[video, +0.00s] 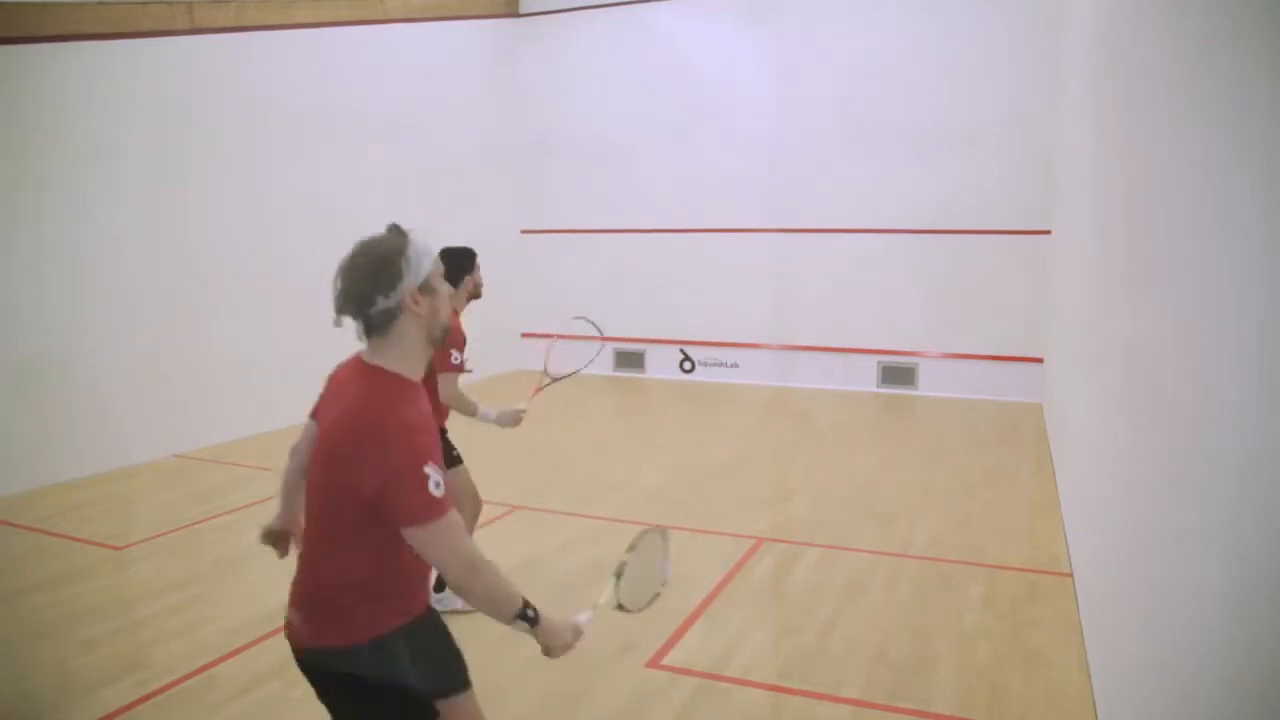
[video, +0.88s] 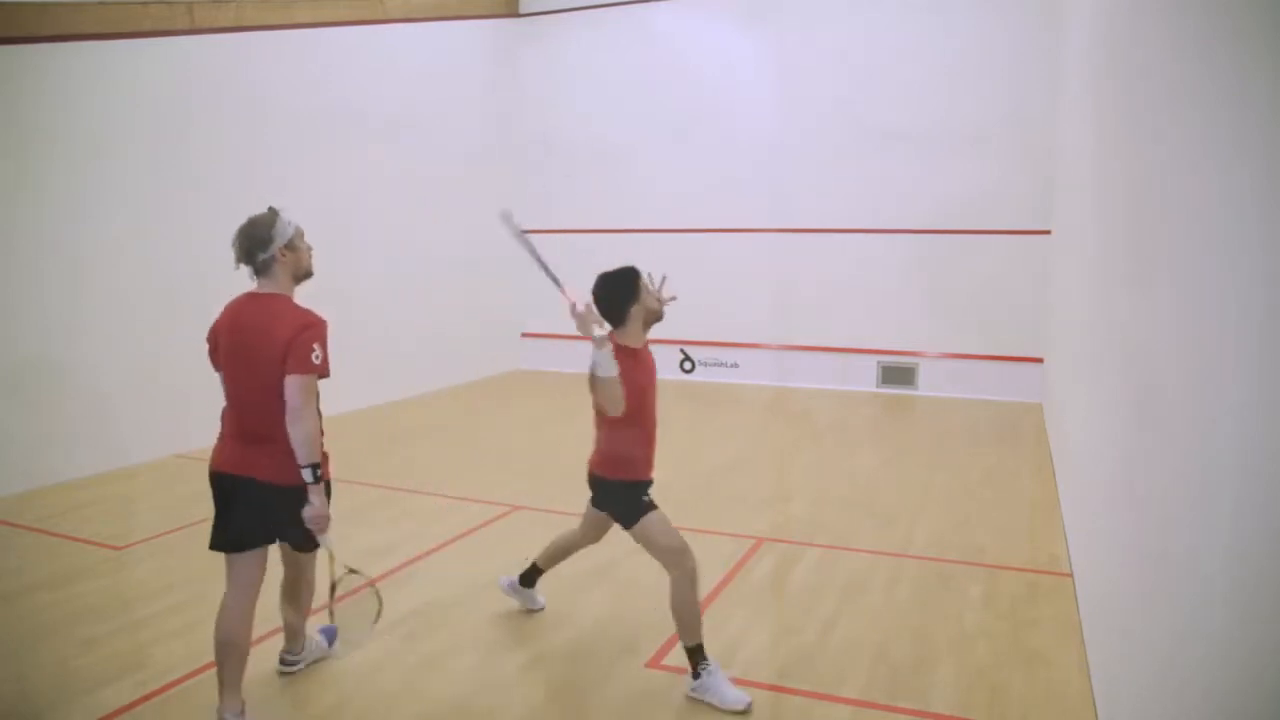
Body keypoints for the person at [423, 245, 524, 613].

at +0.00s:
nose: (481, 279)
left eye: (478, 272)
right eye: (477, 273)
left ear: (451, 280)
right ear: (465, 280)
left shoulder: (430, 319)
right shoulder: (450, 327)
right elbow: (447, 392)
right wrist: (493, 415)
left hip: (413, 427)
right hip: (430, 431)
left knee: (435, 505)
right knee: (469, 504)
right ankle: (445, 586)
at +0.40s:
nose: (531, 269)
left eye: (526, 262)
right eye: (525, 264)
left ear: (500, 275)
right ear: (514, 273)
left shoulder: (496, 313)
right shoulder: (492, 322)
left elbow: (488, 356)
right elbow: (495, 384)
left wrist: (524, 353)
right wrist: (552, 381)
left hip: (477, 428)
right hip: (484, 434)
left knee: (470, 498)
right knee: (525, 516)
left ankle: (434, 564)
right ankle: (503, 610)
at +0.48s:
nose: (547, 262)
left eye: (543, 256)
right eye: (541, 257)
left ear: (519, 269)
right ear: (531, 267)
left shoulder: (519, 309)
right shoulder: (505, 317)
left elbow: (519, 347)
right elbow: (503, 375)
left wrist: (552, 335)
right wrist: (562, 368)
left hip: (505, 428)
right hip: (498, 432)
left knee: (502, 500)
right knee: (534, 519)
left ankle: (455, 568)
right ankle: (504, 609)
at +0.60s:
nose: (574, 264)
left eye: (570, 257)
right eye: (569, 258)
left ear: (546, 271)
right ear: (558, 269)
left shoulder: (547, 311)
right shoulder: (530, 317)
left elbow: (558, 332)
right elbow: (514, 367)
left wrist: (588, 319)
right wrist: (567, 345)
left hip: (534, 432)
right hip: (523, 436)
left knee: (544, 514)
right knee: (576, 523)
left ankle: (507, 592)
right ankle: (527, 600)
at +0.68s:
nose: (593, 275)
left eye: (590, 268)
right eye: (588, 270)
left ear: (562, 284)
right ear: (577, 281)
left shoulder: (570, 315)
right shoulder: (545, 327)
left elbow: (583, 313)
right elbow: (520, 375)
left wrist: (607, 306)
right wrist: (565, 338)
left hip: (559, 446)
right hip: (544, 451)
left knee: (555, 524)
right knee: (603, 531)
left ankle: (503, 591)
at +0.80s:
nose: (629, 288)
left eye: (625, 282)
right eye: (621, 283)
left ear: (597, 301)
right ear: (605, 298)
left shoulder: (608, 336)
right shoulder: (583, 345)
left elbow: (616, 315)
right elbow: (551, 392)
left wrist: (636, 302)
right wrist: (568, 336)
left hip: (601, 466)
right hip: (585, 470)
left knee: (569, 532)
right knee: (641, 554)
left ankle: (510, 584)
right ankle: (682, 660)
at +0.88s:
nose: (655, 295)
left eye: (651, 288)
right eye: (648, 290)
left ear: (623, 311)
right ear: (633, 307)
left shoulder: (634, 344)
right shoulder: (607, 360)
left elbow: (642, 327)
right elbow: (613, 406)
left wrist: (654, 310)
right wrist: (600, 343)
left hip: (621, 476)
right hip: (618, 481)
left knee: (585, 534)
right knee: (681, 561)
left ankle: (523, 581)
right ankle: (701, 673)